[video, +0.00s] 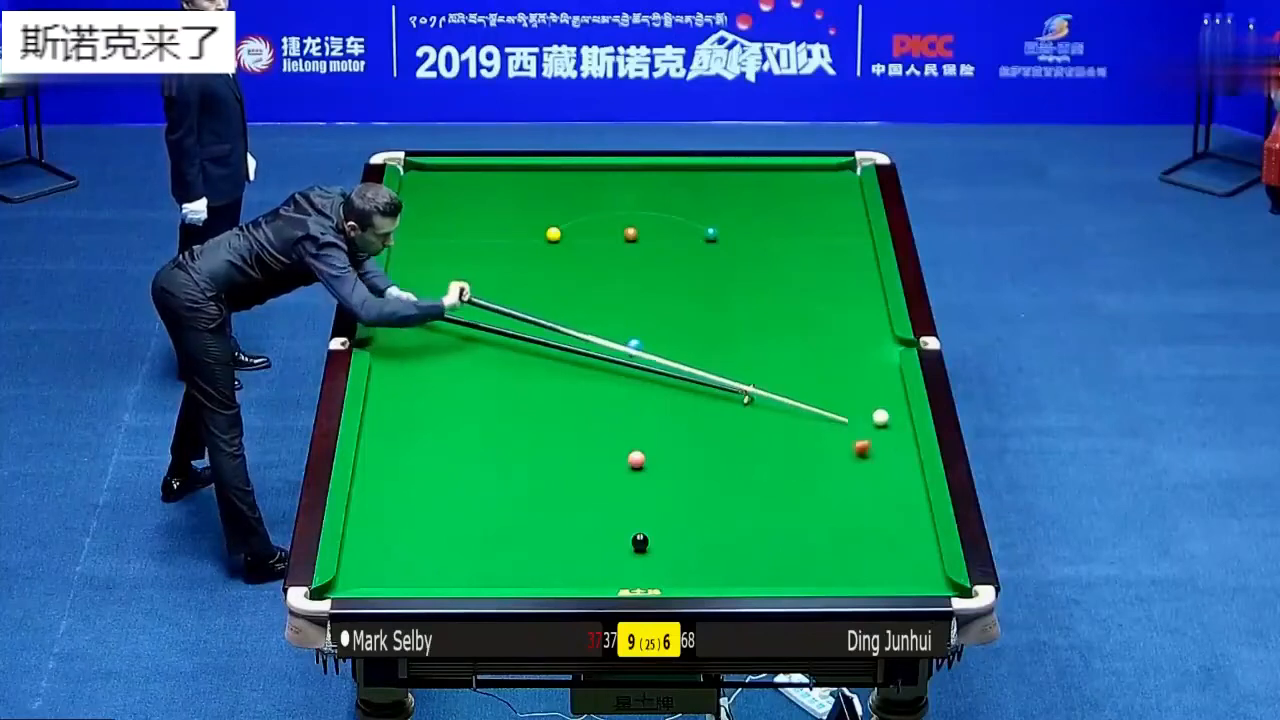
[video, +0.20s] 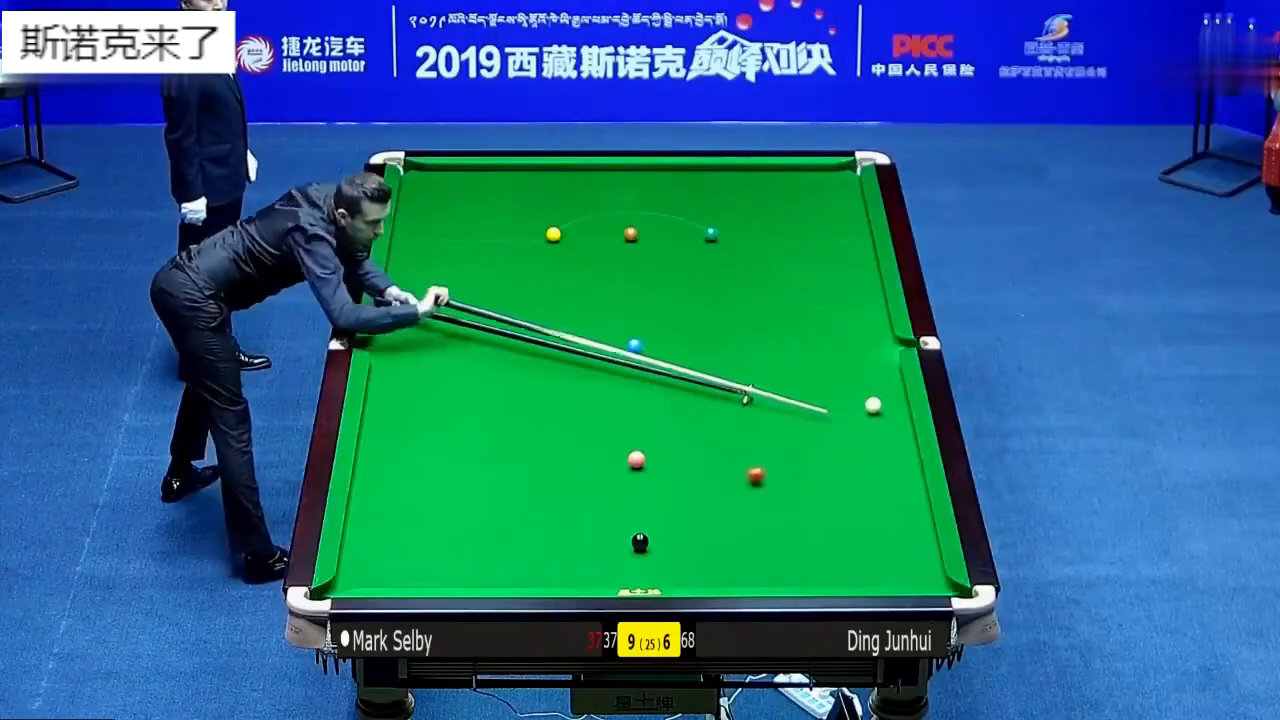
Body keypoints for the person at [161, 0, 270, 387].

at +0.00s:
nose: (223, 9)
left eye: (223, 4)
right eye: (214, 3)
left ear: (221, 10)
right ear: (190, 7)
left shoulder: (216, 54)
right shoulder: (185, 65)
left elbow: (227, 114)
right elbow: (181, 135)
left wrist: (242, 153)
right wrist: (191, 195)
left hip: (227, 184)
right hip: (206, 190)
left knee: (220, 267)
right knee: (205, 273)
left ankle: (218, 348)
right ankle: (211, 354)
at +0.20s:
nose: (221, 9)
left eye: (222, 4)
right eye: (212, 4)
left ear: (220, 9)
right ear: (189, 7)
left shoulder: (216, 52)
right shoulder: (183, 64)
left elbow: (228, 113)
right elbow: (180, 136)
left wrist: (243, 153)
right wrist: (190, 195)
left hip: (227, 183)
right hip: (206, 190)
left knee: (219, 270)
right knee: (202, 275)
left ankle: (218, 347)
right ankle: (204, 356)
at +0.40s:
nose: (220, 9)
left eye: (221, 4)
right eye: (211, 3)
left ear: (219, 9)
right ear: (188, 7)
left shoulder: (216, 52)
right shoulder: (182, 64)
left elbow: (227, 113)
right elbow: (180, 136)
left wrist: (243, 154)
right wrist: (190, 195)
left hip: (228, 184)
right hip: (205, 191)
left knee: (219, 272)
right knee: (201, 277)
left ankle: (218, 351)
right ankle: (202, 358)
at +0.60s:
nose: (214, 9)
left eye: (217, 3)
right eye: (205, 4)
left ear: (219, 8)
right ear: (185, 7)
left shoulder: (217, 53)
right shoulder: (180, 65)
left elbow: (229, 120)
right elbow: (177, 136)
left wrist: (248, 159)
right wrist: (188, 195)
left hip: (230, 187)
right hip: (204, 194)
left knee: (225, 279)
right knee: (199, 284)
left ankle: (226, 355)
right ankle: (195, 361)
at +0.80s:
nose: (221, 8)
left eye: (222, 4)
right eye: (212, 3)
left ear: (222, 9)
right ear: (190, 7)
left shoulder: (221, 53)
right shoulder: (182, 64)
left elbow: (233, 121)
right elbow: (176, 134)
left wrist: (246, 172)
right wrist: (186, 193)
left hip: (231, 186)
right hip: (204, 190)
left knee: (230, 275)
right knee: (197, 281)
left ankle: (231, 352)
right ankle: (194, 360)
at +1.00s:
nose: (234, 2)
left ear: (238, 2)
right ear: (205, 2)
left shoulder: (238, 31)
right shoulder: (194, 49)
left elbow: (242, 104)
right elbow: (185, 127)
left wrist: (263, 156)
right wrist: (193, 190)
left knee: (260, 256)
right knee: (202, 274)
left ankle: (269, 330)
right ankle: (196, 359)